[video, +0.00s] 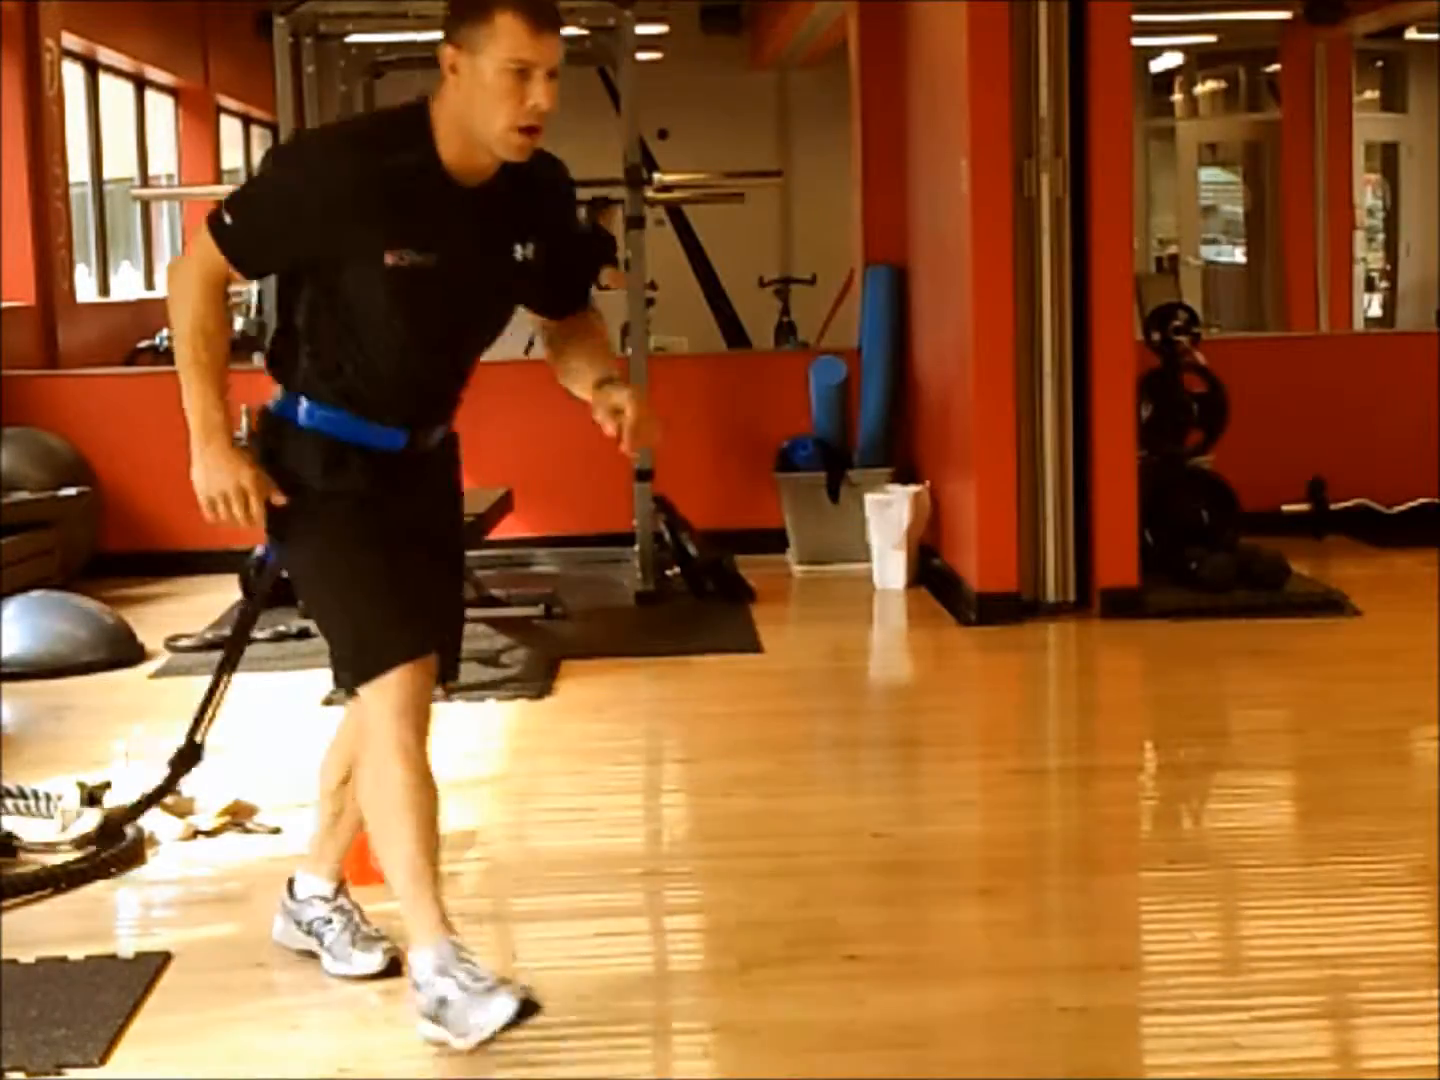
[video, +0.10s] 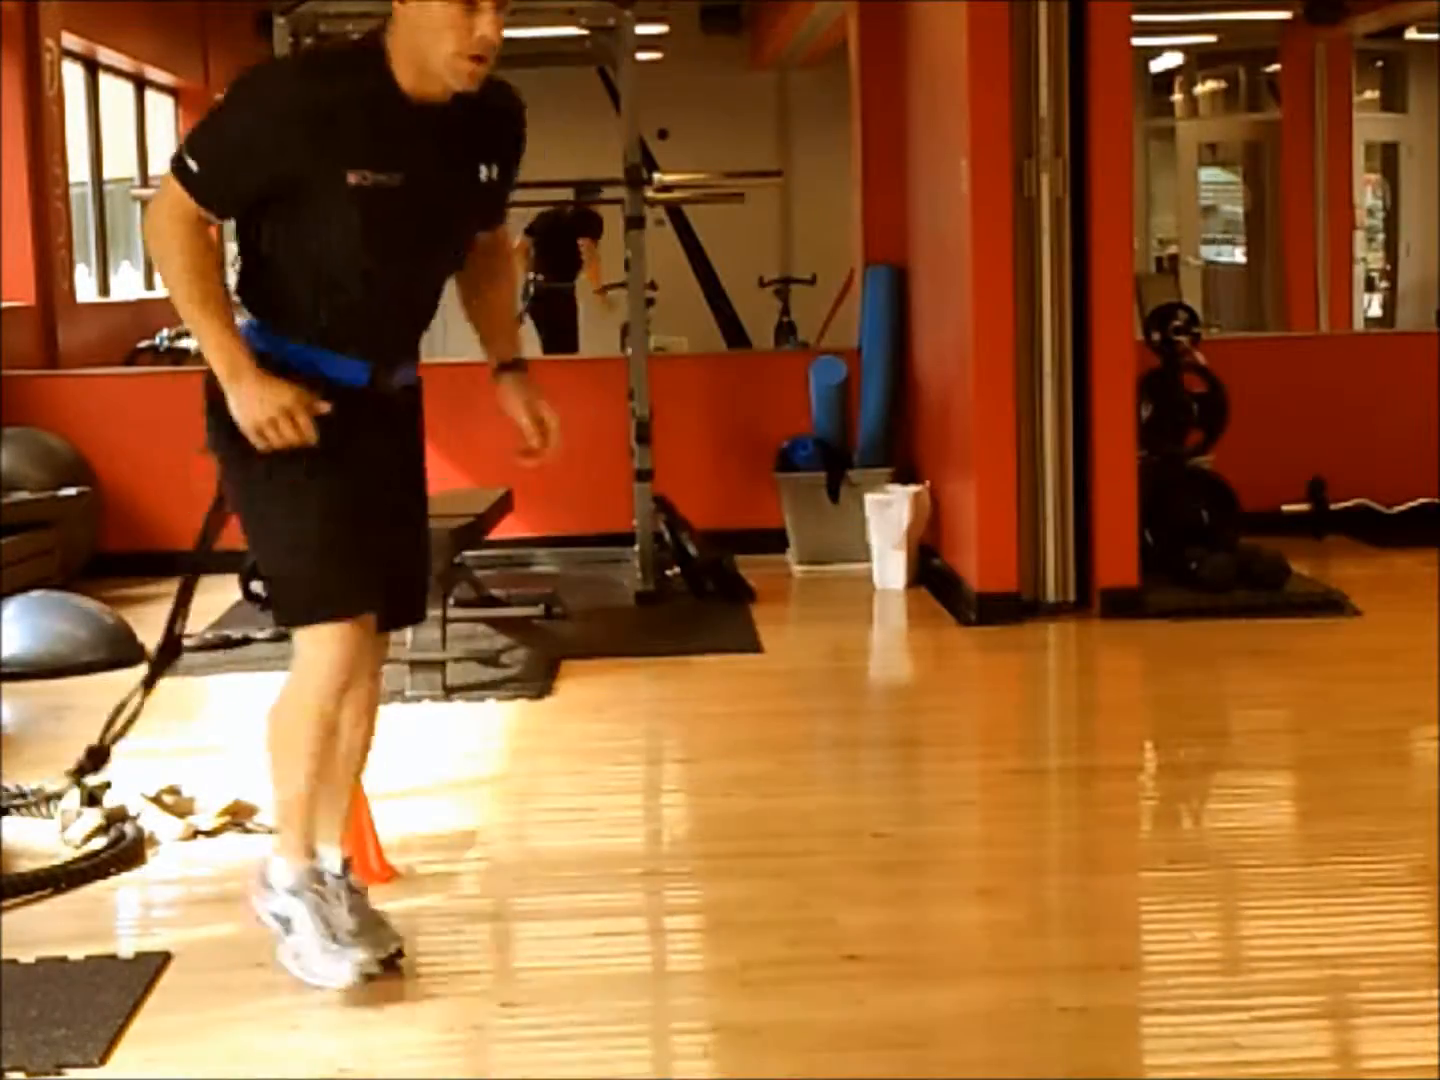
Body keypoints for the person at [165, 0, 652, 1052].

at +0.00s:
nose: (542, 98)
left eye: (552, 76)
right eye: (520, 74)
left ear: (555, 79)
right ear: (453, 68)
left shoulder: (536, 190)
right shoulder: (336, 165)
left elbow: (568, 315)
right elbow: (200, 265)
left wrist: (605, 386)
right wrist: (209, 437)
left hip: (424, 457)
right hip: (319, 451)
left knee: (398, 685)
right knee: (398, 679)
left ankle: (315, 890)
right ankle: (435, 957)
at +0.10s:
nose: (489, 30)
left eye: (501, 10)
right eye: (465, 6)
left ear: (507, 19)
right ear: (403, 10)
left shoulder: (491, 117)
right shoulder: (295, 96)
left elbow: (484, 244)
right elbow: (174, 212)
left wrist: (510, 368)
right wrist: (240, 373)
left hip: (384, 396)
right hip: (279, 390)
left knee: (366, 636)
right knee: (335, 634)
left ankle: (331, 870)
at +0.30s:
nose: (398, 75)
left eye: (407, 54)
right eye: (378, 50)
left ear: (413, 58)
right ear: (308, 42)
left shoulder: (403, 158)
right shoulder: (219, 147)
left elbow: (351, 277)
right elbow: (104, 285)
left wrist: (349, 358)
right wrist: (250, 351)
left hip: (336, 452)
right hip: (218, 451)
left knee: (357, 670)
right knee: (194, 682)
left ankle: (247, 790)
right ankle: (130, 877)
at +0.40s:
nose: (381, 105)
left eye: (391, 84)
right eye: (360, 84)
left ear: (400, 85)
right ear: (298, 80)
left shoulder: (395, 185)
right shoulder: (208, 178)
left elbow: (343, 312)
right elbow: (91, 304)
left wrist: (326, 398)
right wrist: (201, 418)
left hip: (318, 470)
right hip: (210, 475)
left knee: (305, 674)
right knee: (195, 693)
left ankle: (223, 814)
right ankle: (127, 890)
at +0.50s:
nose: (400, 82)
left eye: (410, 60)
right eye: (379, 57)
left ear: (417, 60)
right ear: (313, 48)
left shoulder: (411, 146)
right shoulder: (220, 136)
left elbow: (394, 259)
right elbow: (95, 255)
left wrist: (379, 364)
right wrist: (105, 419)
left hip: (317, 430)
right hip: (213, 420)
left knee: (300, 631)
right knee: (214, 656)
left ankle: (233, 805)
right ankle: (137, 865)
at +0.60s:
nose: (415, 109)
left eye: (427, 88)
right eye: (396, 86)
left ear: (434, 81)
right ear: (334, 70)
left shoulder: (429, 162)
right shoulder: (234, 139)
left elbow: (429, 267)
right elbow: (94, 227)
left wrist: (435, 379)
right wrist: (41, 376)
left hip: (319, 428)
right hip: (213, 413)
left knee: (305, 635)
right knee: (253, 635)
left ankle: (226, 797)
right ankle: (174, 835)